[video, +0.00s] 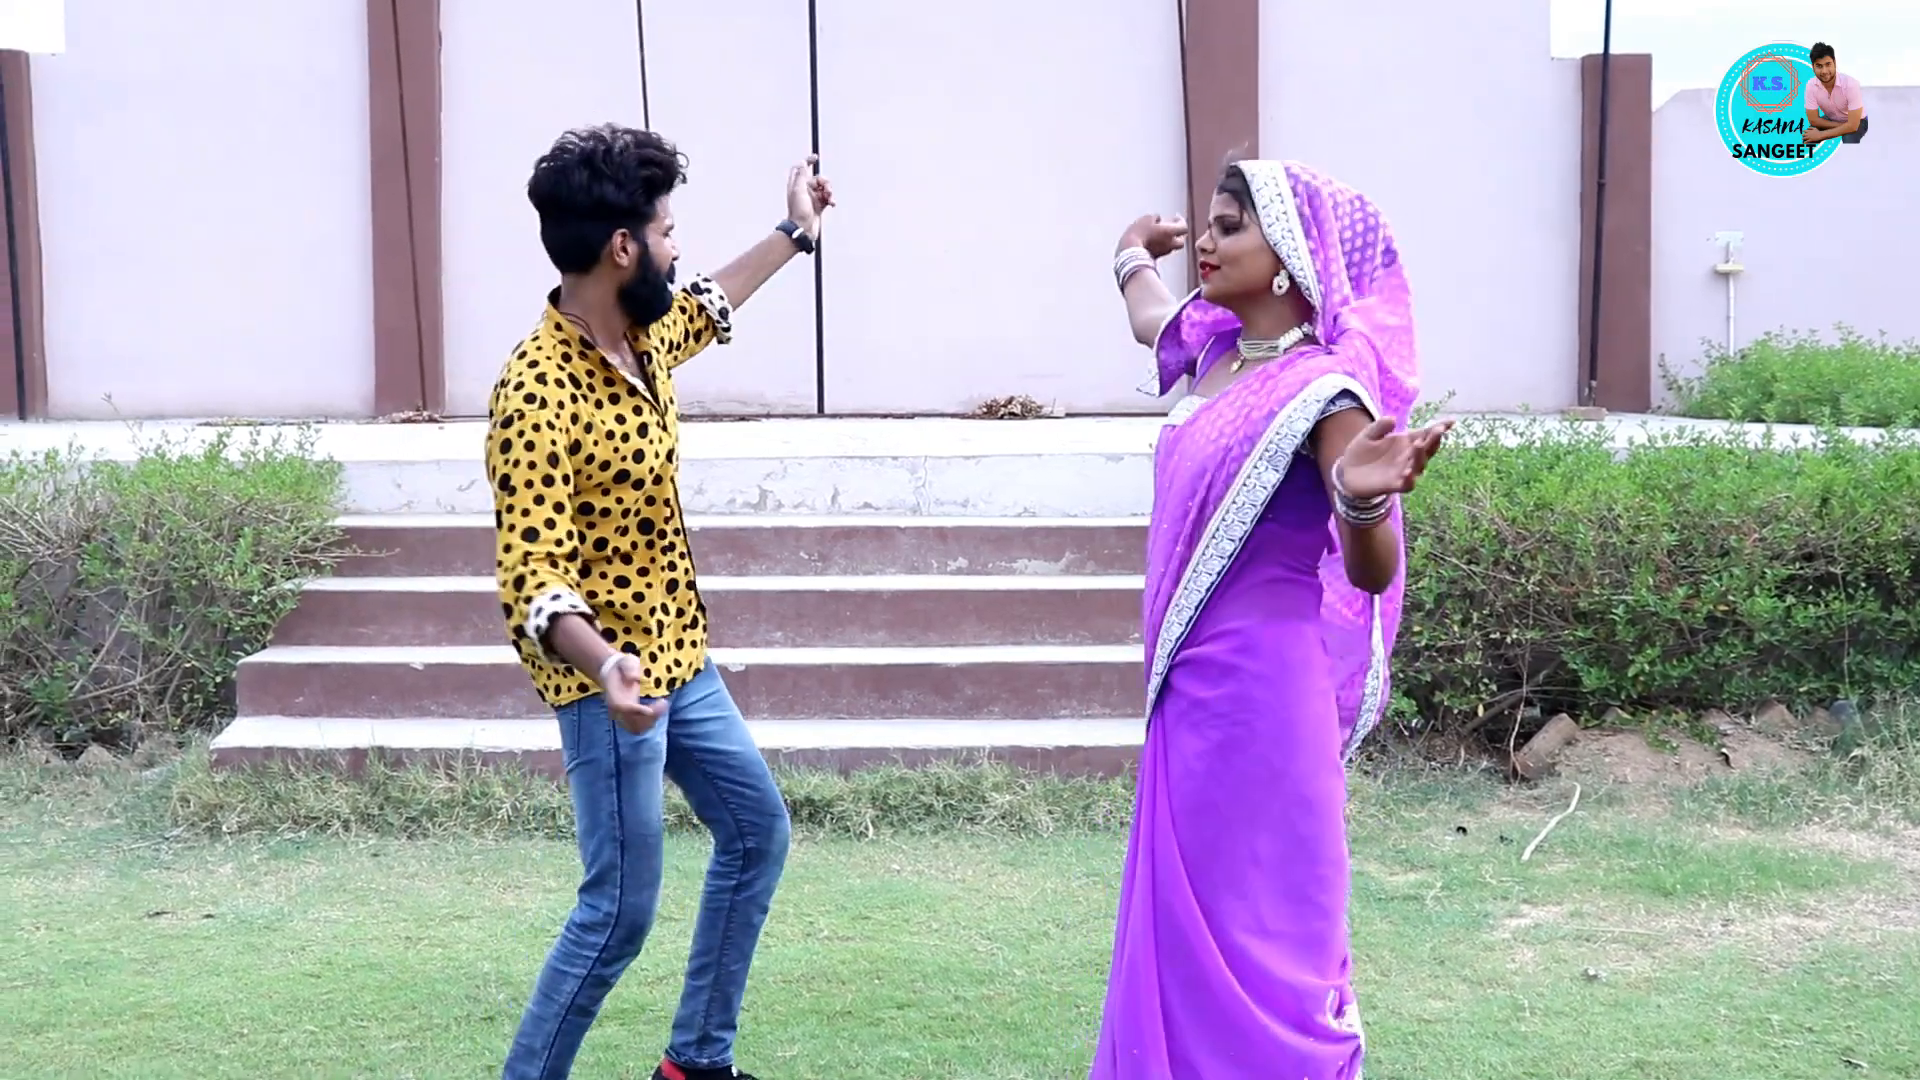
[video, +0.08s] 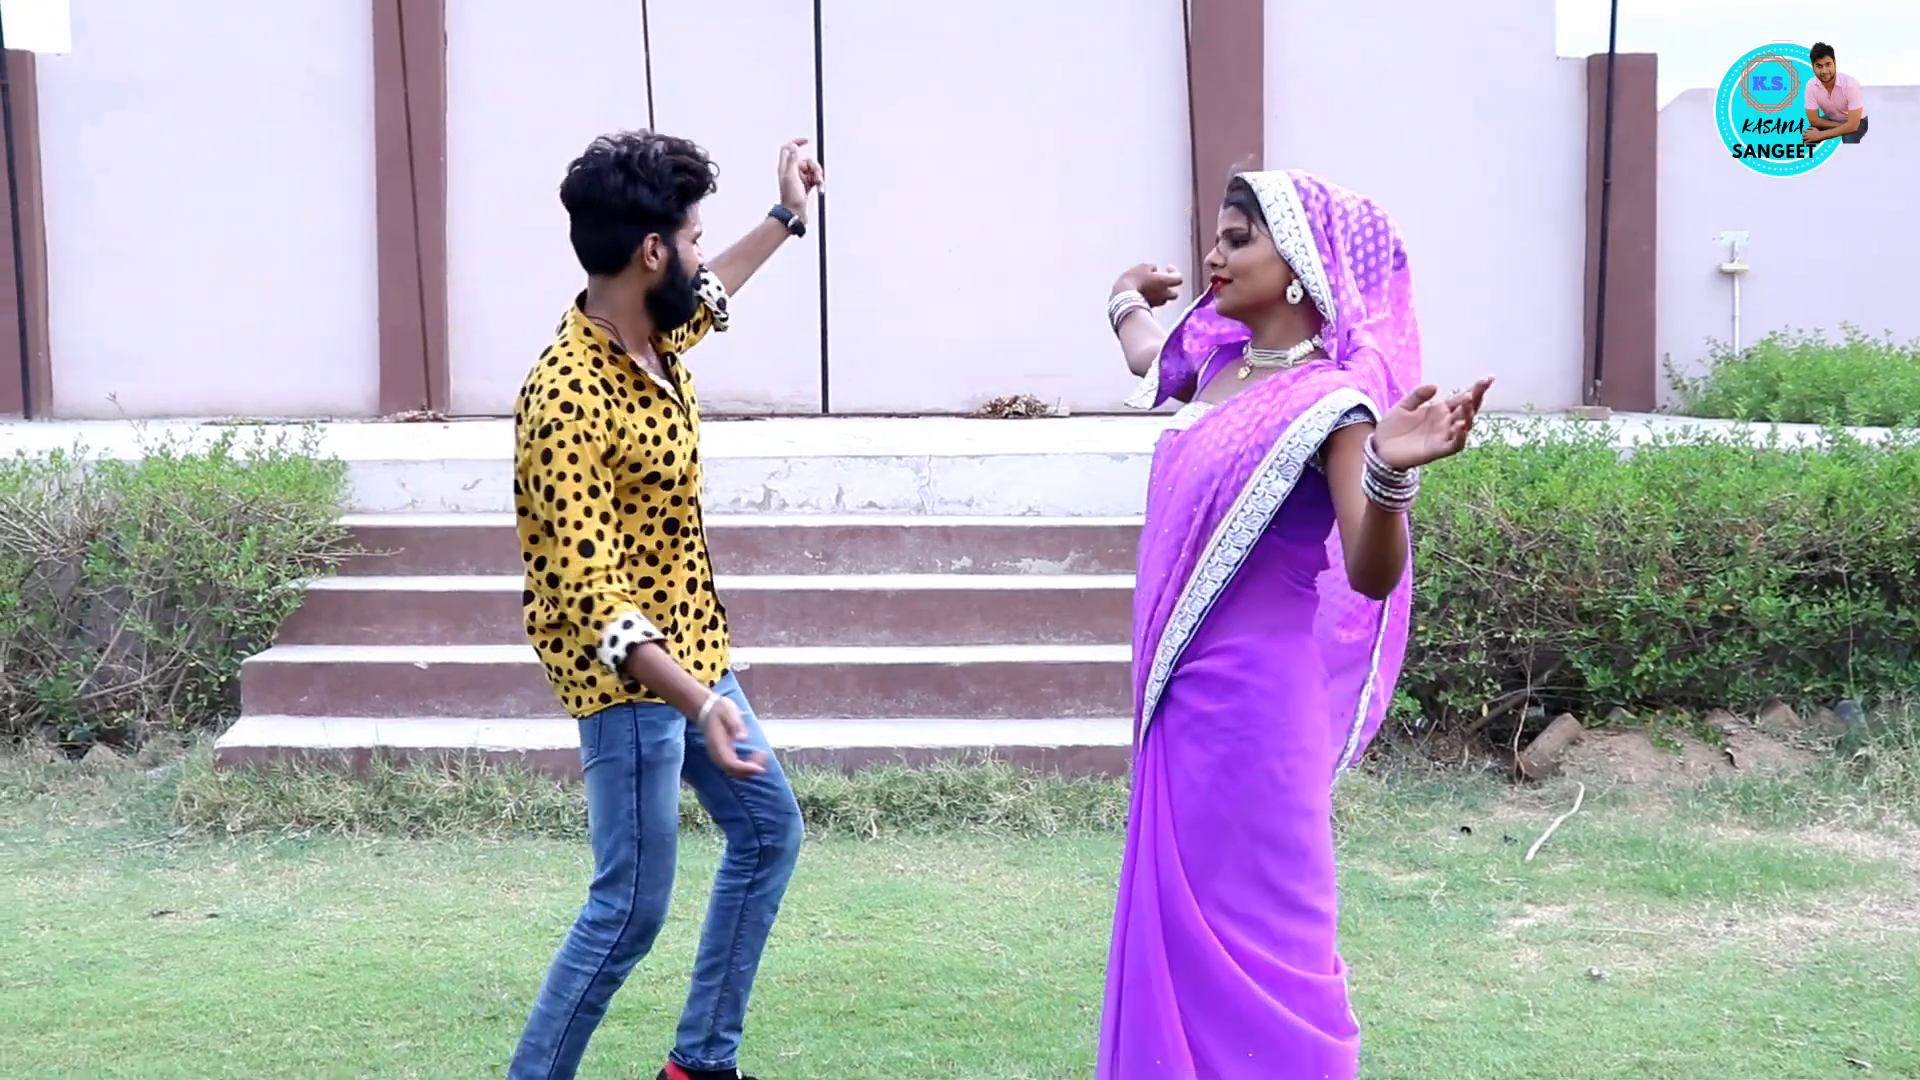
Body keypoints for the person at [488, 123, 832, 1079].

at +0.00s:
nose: (678, 245)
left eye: (673, 226)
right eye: (667, 228)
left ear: (620, 245)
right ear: (622, 246)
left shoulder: (637, 333)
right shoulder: (537, 391)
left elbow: (709, 302)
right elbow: (533, 577)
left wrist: (795, 230)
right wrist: (604, 661)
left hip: (678, 658)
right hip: (602, 681)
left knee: (757, 833)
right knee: (618, 910)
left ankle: (699, 1058)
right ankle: (529, 1071)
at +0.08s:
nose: (708, 250)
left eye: (703, 231)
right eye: (694, 233)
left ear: (644, 248)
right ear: (650, 251)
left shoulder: (648, 330)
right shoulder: (567, 393)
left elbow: (708, 293)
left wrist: (787, 217)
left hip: (688, 652)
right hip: (622, 674)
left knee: (770, 831)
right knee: (629, 906)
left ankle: (703, 1058)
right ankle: (534, 1071)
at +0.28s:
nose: (777, 245)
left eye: (775, 228)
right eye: (773, 230)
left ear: (687, 236)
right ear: (743, 247)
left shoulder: (650, 296)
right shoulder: (711, 400)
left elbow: (684, 192)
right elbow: (748, 587)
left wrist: (771, 101)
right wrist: (847, 659)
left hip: (677, 629)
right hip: (688, 650)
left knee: (761, 833)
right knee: (646, 883)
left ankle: (707, 1065)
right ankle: (530, 1068)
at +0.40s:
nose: (828, 271)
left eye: (823, 252)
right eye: (826, 257)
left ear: (735, 253)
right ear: (803, 271)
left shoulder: (681, 308)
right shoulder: (771, 417)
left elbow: (697, 179)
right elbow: (813, 570)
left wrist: (771, 68)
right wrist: (859, 600)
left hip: (684, 641)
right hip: (739, 662)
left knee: (774, 860)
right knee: (724, 897)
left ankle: (703, 1066)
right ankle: (540, 1066)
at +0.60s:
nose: (912, 259)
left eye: (909, 241)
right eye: (909, 244)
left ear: (813, 236)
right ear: (879, 256)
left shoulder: (742, 301)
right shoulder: (857, 396)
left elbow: (775, 161)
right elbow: (896, 573)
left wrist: (832, 34)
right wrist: (874, 559)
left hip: (716, 622)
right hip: (809, 651)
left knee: (763, 846)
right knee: (876, 864)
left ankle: (703, 1052)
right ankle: (723, 1044)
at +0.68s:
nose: (934, 247)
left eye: (933, 228)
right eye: (933, 229)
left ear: (840, 213)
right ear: (906, 237)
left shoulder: (769, 280)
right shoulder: (882, 370)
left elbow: (819, 127)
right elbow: (918, 557)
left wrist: (880, 8)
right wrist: (919, 566)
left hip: (747, 615)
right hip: (842, 639)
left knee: (764, 845)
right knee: (920, 842)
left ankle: (707, 1061)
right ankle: (847, 1056)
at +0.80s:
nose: (974, 237)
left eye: (972, 217)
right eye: (974, 221)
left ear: (876, 201)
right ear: (950, 228)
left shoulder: (811, 269)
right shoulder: (924, 352)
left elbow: (877, 115)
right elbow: (938, 508)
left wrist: (940, 7)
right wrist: (958, 587)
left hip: (806, 608)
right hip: (904, 625)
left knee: (798, 847)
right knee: (970, 850)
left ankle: (716, 1060)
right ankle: (996, 1066)